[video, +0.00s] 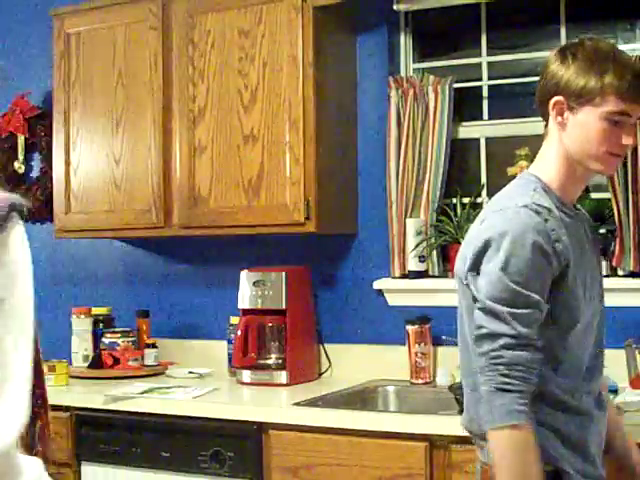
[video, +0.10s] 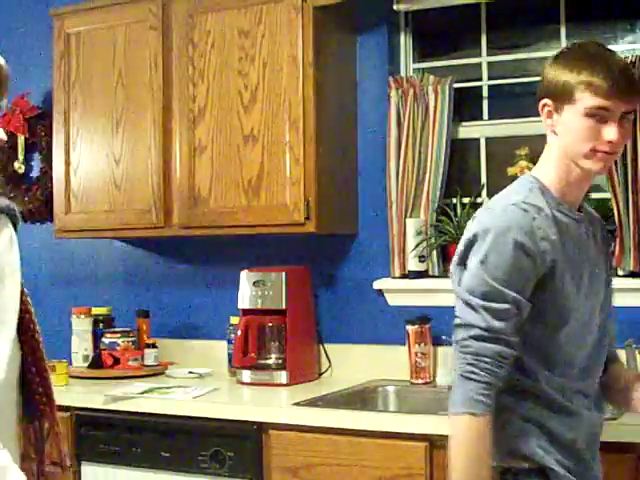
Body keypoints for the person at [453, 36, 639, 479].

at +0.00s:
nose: (630, 140)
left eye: (634, 125)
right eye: (616, 121)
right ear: (560, 113)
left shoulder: (573, 224)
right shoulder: (520, 227)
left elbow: (584, 381)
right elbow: (504, 408)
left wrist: (625, 460)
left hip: (580, 462)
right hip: (541, 465)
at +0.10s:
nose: (615, 136)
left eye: (625, 118)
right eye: (597, 116)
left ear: (633, 123)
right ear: (550, 115)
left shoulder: (592, 229)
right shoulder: (511, 226)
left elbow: (600, 365)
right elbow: (472, 392)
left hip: (581, 464)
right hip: (525, 466)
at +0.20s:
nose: (593, 133)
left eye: (610, 116)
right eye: (576, 113)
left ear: (626, 126)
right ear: (543, 116)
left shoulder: (610, 235)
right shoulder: (497, 225)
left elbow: (630, 384)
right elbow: (440, 384)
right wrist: (428, 477)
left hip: (578, 462)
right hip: (509, 463)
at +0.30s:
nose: (576, 127)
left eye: (595, 112)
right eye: (561, 109)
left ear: (622, 125)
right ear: (541, 118)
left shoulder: (623, 233)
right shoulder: (487, 224)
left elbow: (639, 359)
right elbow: (422, 365)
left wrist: (619, 262)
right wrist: (405, 475)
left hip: (575, 460)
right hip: (495, 456)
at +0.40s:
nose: (552, 123)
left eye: (573, 107)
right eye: (542, 106)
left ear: (613, 121)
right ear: (532, 112)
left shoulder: (626, 230)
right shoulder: (477, 223)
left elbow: (637, 345)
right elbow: (414, 361)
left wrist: (595, 232)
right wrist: (398, 475)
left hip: (577, 465)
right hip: (485, 460)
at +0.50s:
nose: (534, 118)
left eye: (555, 102)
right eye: (526, 102)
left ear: (601, 120)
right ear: (518, 110)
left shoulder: (622, 227)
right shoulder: (468, 222)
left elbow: (631, 343)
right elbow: (414, 362)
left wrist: (577, 220)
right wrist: (400, 475)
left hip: (573, 466)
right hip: (473, 461)